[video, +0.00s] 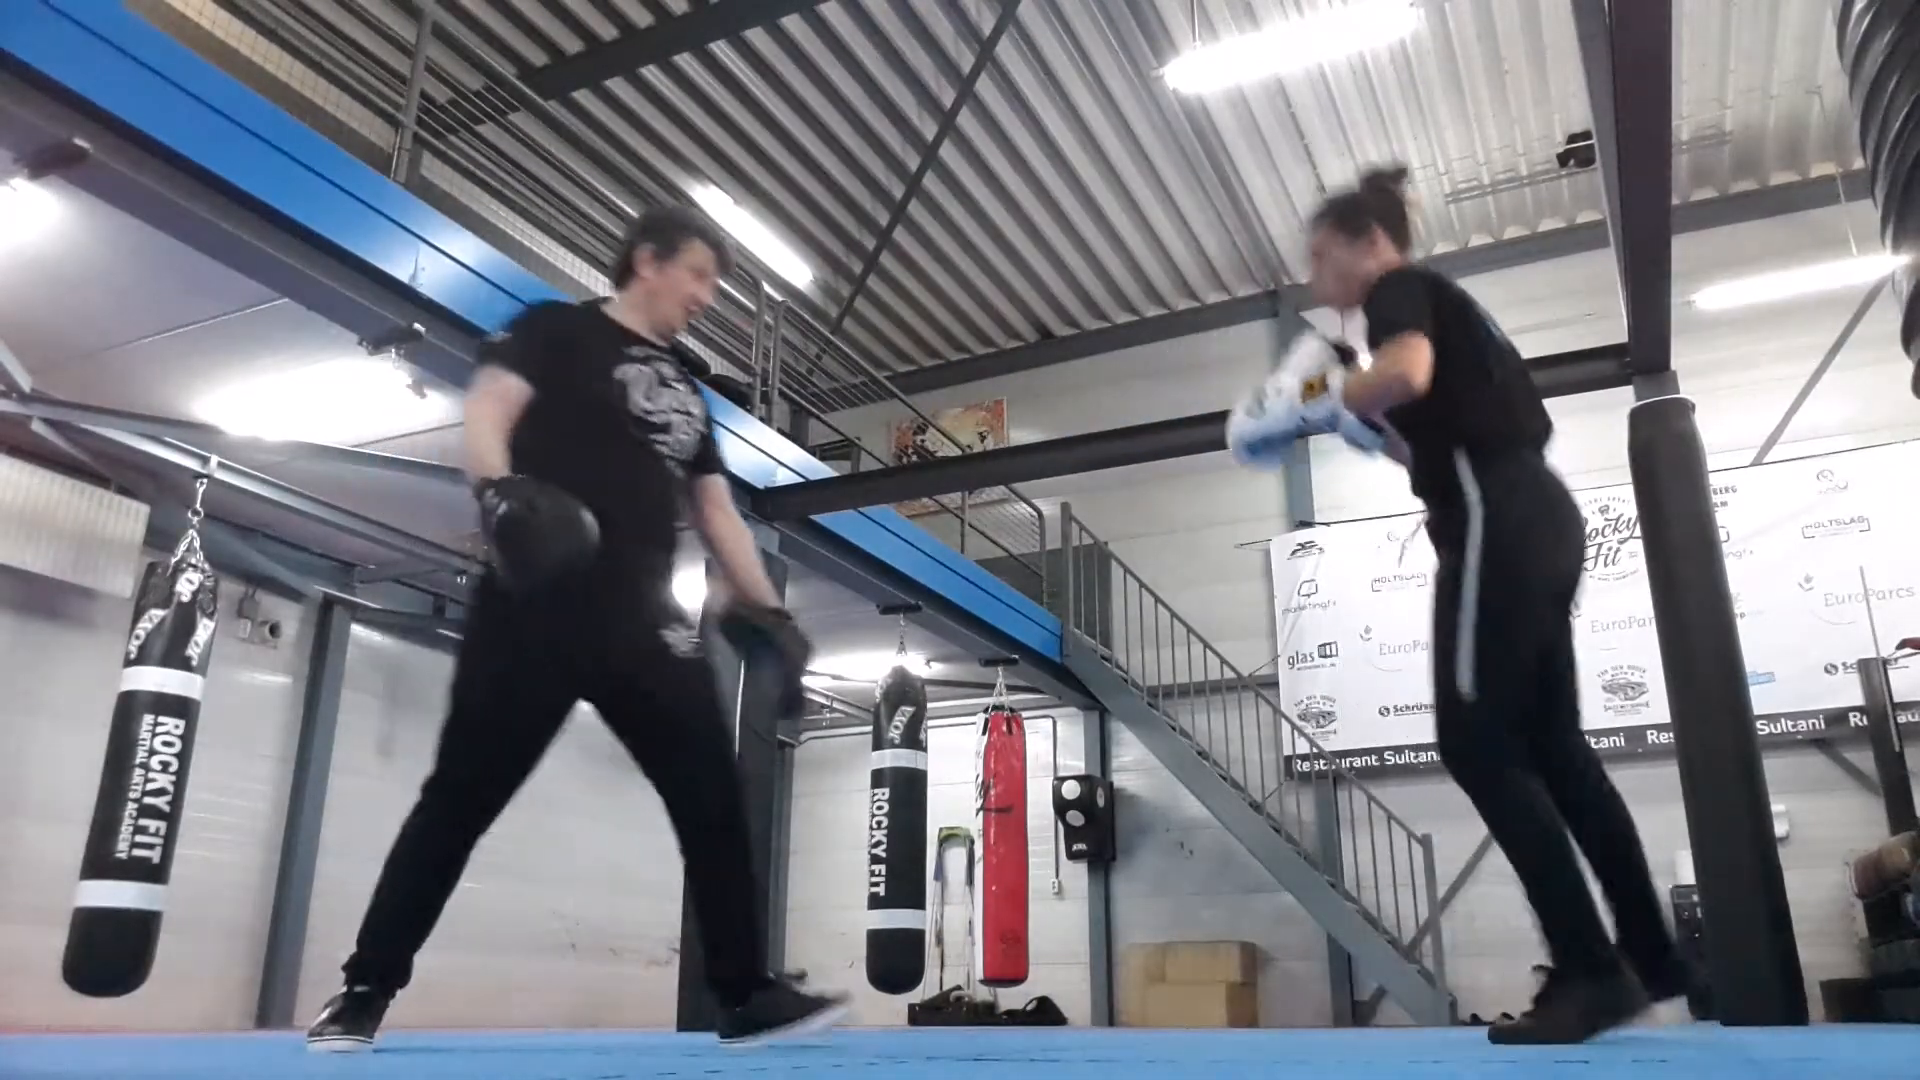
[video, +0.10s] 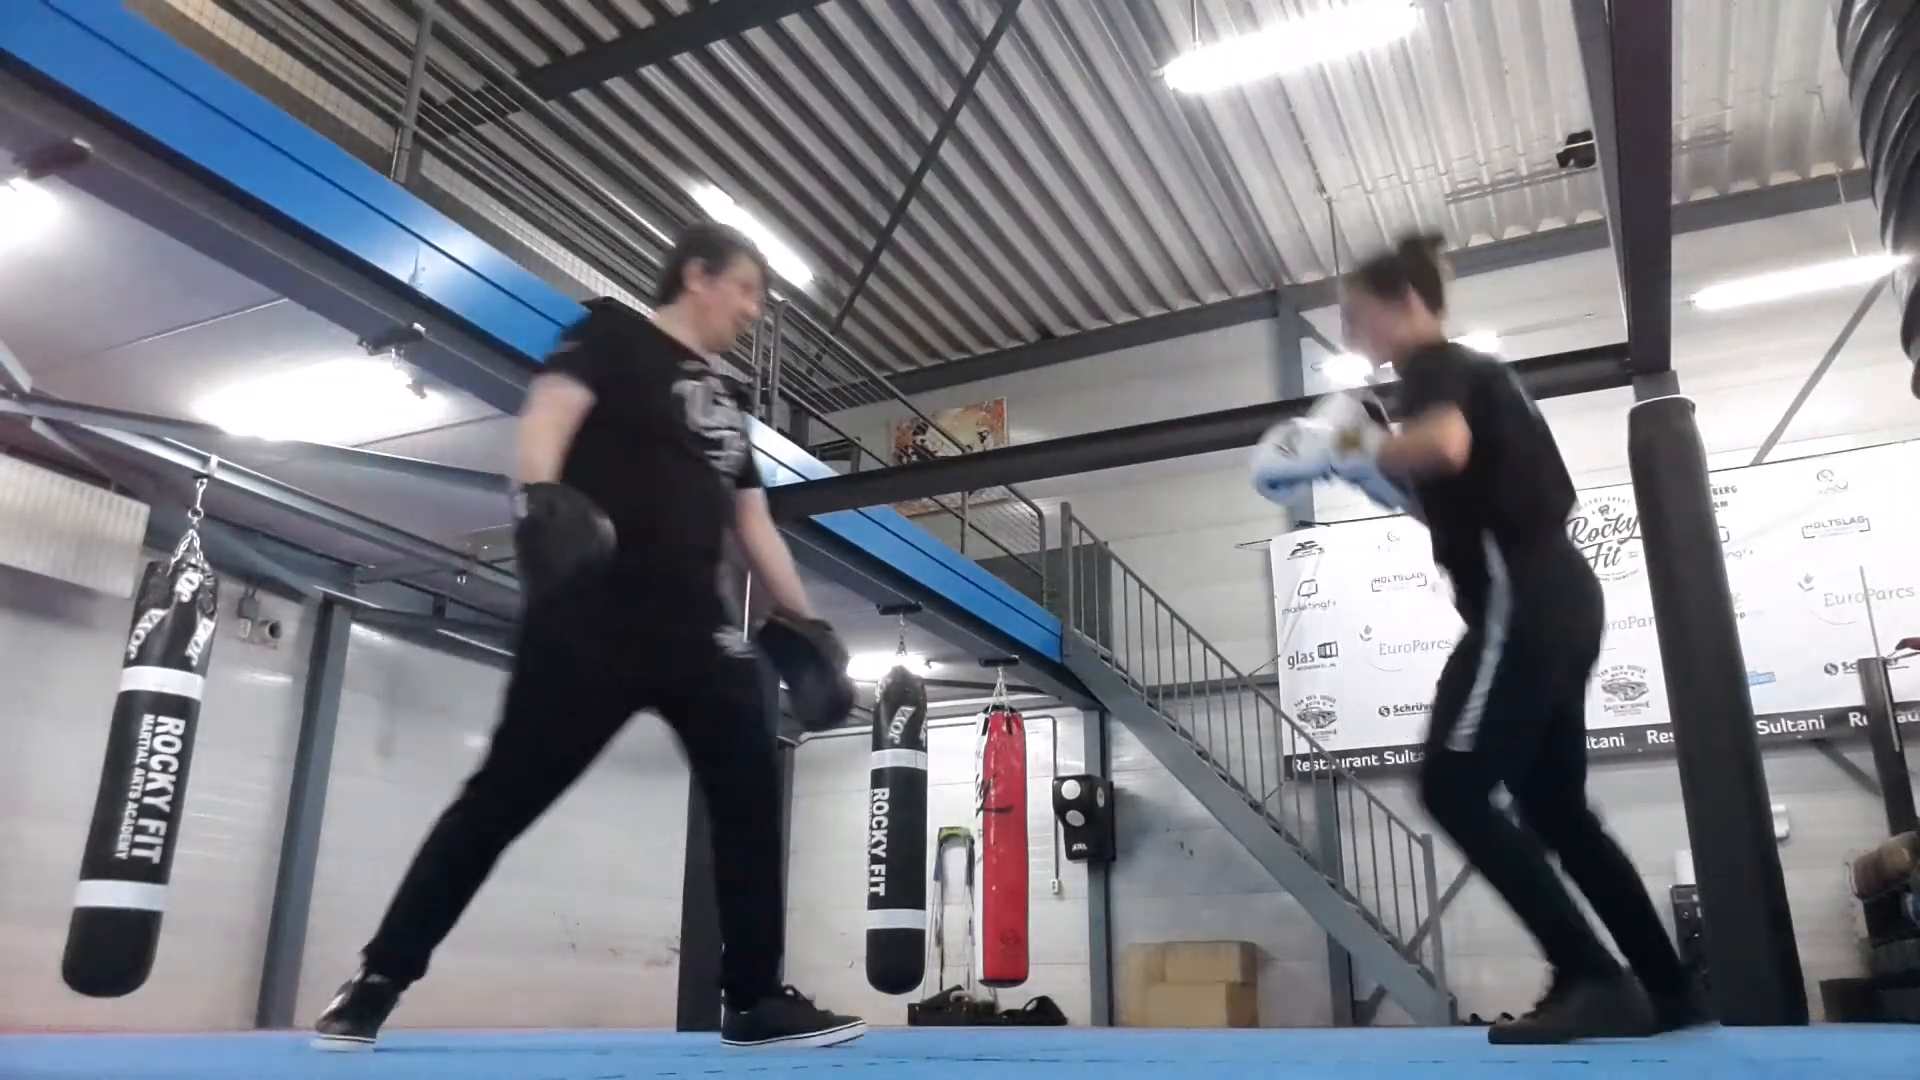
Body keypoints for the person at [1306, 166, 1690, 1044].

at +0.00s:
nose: (1315, 281)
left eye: (1321, 259)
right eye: (1312, 264)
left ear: (1368, 243)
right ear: (1385, 250)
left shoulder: (1398, 288)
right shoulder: (1437, 302)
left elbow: (1412, 368)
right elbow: (1428, 445)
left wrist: (1333, 387)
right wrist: (1342, 405)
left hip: (1495, 522)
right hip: (1538, 514)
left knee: (1475, 746)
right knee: (1554, 746)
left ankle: (1588, 972)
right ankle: (1652, 956)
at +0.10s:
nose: (1355, 335)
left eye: (1359, 315)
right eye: (1350, 319)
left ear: (1405, 304)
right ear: (1420, 308)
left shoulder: (1432, 369)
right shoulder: (1472, 372)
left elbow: (1444, 447)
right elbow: (1438, 485)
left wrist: (1360, 445)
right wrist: (1372, 443)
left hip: (1521, 600)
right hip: (1559, 592)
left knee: (1453, 785)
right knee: (1553, 803)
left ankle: (1588, 979)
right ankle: (1665, 985)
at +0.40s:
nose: (1350, 317)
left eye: (1356, 298)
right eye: (1346, 303)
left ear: (1407, 283)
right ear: (1415, 290)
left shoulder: (1425, 333)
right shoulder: (1461, 350)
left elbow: (1443, 420)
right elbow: (1423, 468)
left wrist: (1352, 415)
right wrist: (1348, 433)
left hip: (1486, 553)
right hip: (1545, 551)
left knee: (1422, 750)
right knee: (1552, 765)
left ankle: (1402, 964)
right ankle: (1655, 958)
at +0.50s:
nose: (1349, 325)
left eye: (1355, 306)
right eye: (1346, 310)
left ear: (1403, 295)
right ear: (1421, 304)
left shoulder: (1412, 351)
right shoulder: (1470, 366)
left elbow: (1383, 430)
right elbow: (1417, 449)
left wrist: (1314, 419)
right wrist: (1333, 411)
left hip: (1470, 577)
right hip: (1532, 576)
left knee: (1406, 780)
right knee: (1529, 788)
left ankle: (1409, 996)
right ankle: (1701, 945)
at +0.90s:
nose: (1421, 316)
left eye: (1429, 296)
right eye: (1419, 299)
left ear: (1475, 287)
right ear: (1488, 294)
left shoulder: (1493, 343)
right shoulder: (1531, 356)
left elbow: (1515, 420)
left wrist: (1415, 447)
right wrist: (1432, 403)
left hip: (1539, 566)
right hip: (1592, 566)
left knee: (1440, 748)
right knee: (1633, 773)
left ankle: (1447, 957)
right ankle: (1772, 966)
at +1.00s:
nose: (1449, 343)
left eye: (1457, 324)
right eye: (1447, 326)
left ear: (1505, 316)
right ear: (1513, 322)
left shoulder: (1528, 377)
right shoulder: (1548, 386)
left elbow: (1567, 457)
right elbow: (1532, 497)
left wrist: (1460, 485)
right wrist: (1451, 483)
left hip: (1574, 606)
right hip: (1616, 604)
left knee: (1454, 772)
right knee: (1655, 801)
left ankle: (1485, 983)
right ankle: (1790, 988)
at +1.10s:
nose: (1456, 336)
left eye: (1466, 318)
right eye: (1455, 321)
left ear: (1515, 314)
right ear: (1519, 321)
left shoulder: (1536, 367)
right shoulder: (1538, 388)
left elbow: (1597, 439)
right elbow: (1536, 500)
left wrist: (1496, 497)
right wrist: (1466, 471)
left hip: (1570, 602)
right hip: (1615, 603)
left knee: (1467, 772)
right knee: (1651, 799)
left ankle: (1482, 977)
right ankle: (1787, 983)